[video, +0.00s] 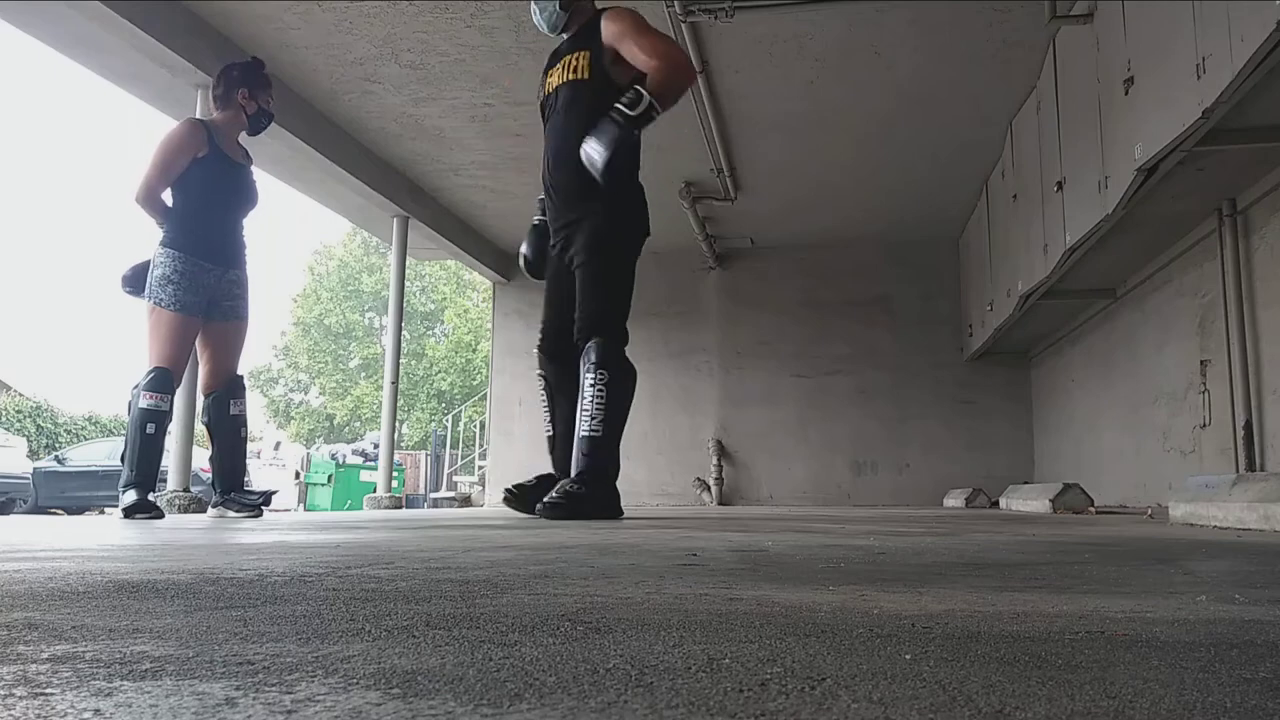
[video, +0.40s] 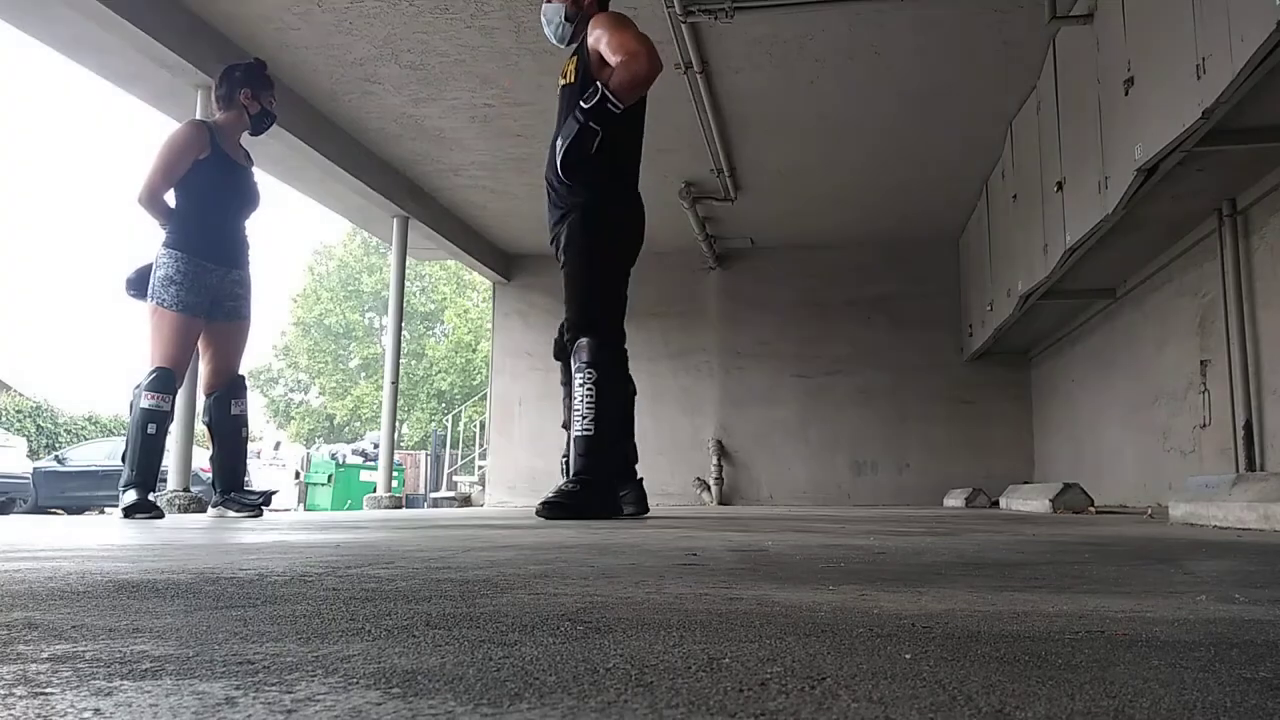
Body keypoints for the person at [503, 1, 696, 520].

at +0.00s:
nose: (539, 8)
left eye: (544, 1)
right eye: (537, 6)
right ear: (552, 15)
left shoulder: (612, 23)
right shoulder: (558, 62)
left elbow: (676, 68)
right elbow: (559, 146)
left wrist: (622, 119)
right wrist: (543, 219)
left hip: (605, 212)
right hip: (563, 221)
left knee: (600, 343)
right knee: (556, 349)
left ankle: (597, 485)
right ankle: (567, 476)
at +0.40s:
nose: (553, 13)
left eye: (557, 4)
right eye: (553, 7)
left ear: (583, 2)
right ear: (584, 8)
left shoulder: (603, 25)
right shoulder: (588, 44)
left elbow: (642, 61)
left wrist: (590, 122)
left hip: (599, 215)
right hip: (584, 218)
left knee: (588, 344)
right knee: (592, 346)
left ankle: (591, 484)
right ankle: (619, 483)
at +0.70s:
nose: (551, 22)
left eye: (557, 10)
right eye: (549, 13)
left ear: (589, 7)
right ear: (585, 11)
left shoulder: (606, 37)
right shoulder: (594, 61)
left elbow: (642, 72)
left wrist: (599, 122)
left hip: (599, 223)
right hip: (606, 225)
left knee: (571, 335)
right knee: (620, 347)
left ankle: (587, 479)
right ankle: (623, 482)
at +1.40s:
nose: (544, 12)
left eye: (549, 3)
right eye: (544, 5)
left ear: (576, 4)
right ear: (581, 7)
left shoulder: (600, 33)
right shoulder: (585, 56)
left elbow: (631, 67)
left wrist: (580, 112)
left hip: (587, 220)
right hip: (582, 222)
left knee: (584, 343)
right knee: (601, 346)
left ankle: (593, 478)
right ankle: (618, 480)